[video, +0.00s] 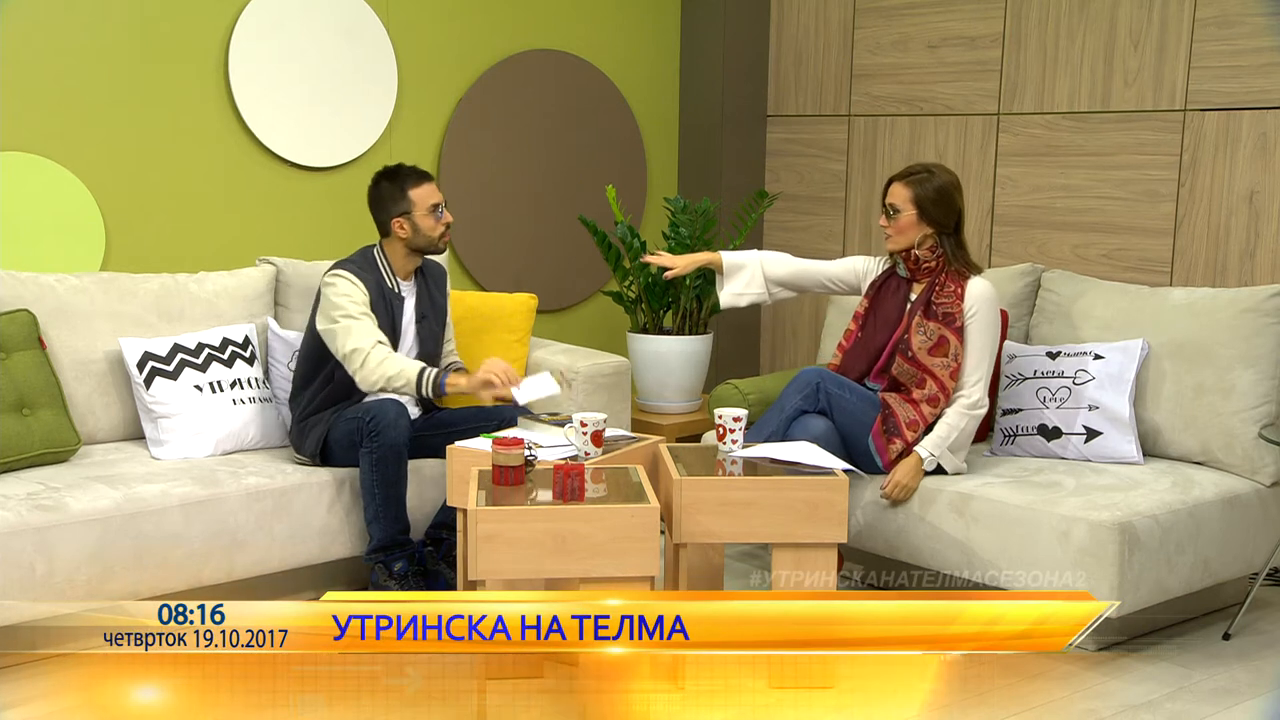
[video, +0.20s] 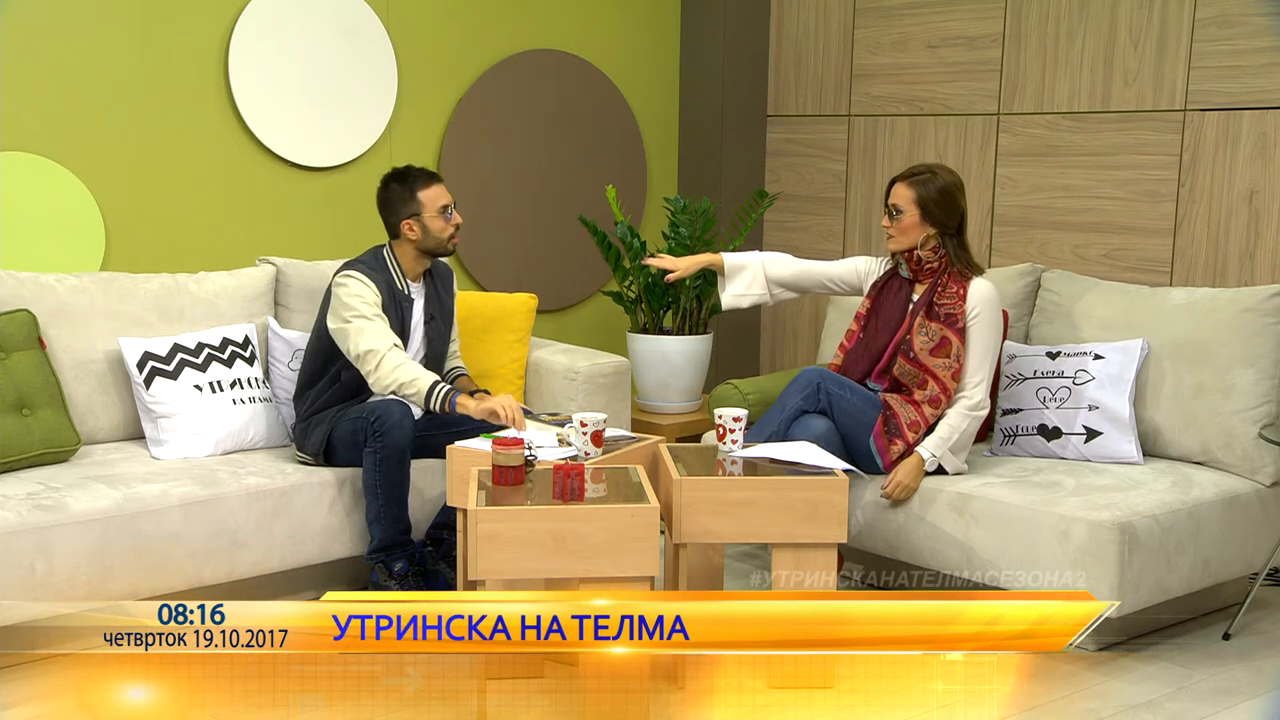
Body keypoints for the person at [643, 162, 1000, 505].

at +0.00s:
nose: (883, 222)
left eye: (895, 213)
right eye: (885, 212)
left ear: (931, 222)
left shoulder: (974, 293)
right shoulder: (882, 270)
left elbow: (971, 398)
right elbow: (799, 271)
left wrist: (921, 459)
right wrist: (704, 259)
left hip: (914, 439)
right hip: (861, 422)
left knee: (816, 379)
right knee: (810, 429)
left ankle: (728, 469)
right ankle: (804, 571)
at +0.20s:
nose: (886, 222)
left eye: (898, 213)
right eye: (888, 211)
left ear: (934, 222)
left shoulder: (976, 294)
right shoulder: (882, 271)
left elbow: (973, 399)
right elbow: (799, 271)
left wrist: (921, 459)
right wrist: (706, 261)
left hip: (914, 439)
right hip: (859, 422)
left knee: (816, 379)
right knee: (811, 429)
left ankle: (728, 467)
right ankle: (805, 570)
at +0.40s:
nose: (887, 222)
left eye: (900, 213)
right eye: (889, 211)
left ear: (936, 223)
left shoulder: (977, 295)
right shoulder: (884, 271)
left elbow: (973, 400)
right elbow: (801, 271)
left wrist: (922, 460)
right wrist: (708, 261)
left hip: (914, 439)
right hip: (860, 422)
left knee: (817, 379)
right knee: (811, 429)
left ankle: (727, 467)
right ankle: (804, 572)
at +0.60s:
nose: (887, 222)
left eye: (900, 213)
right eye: (890, 211)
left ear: (936, 223)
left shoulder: (977, 295)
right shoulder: (884, 271)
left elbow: (973, 400)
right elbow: (800, 271)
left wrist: (922, 460)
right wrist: (706, 261)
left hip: (915, 439)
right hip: (861, 422)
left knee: (817, 379)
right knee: (811, 429)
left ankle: (727, 467)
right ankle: (802, 569)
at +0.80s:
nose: (887, 222)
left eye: (899, 214)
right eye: (889, 212)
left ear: (936, 223)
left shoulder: (977, 296)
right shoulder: (884, 271)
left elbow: (973, 400)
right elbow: (799, 271)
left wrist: (922, 460)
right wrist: (706, 261)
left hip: (915, 440)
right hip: (861, 422)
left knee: (817, 379)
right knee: (811, 429)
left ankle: (727, 466)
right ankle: (802, 569)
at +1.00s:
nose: (886, 222)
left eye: (898, 214)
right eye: (888, 212)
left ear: (935, 222)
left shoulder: (976, 295)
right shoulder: (883, 271)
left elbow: (973, 400)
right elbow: (798, 270)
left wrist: (921, 461)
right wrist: (705, 261)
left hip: (916, 440)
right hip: (862, 423)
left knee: (817, 379)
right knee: (811, 429)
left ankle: (728, 468)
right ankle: (807, 568)